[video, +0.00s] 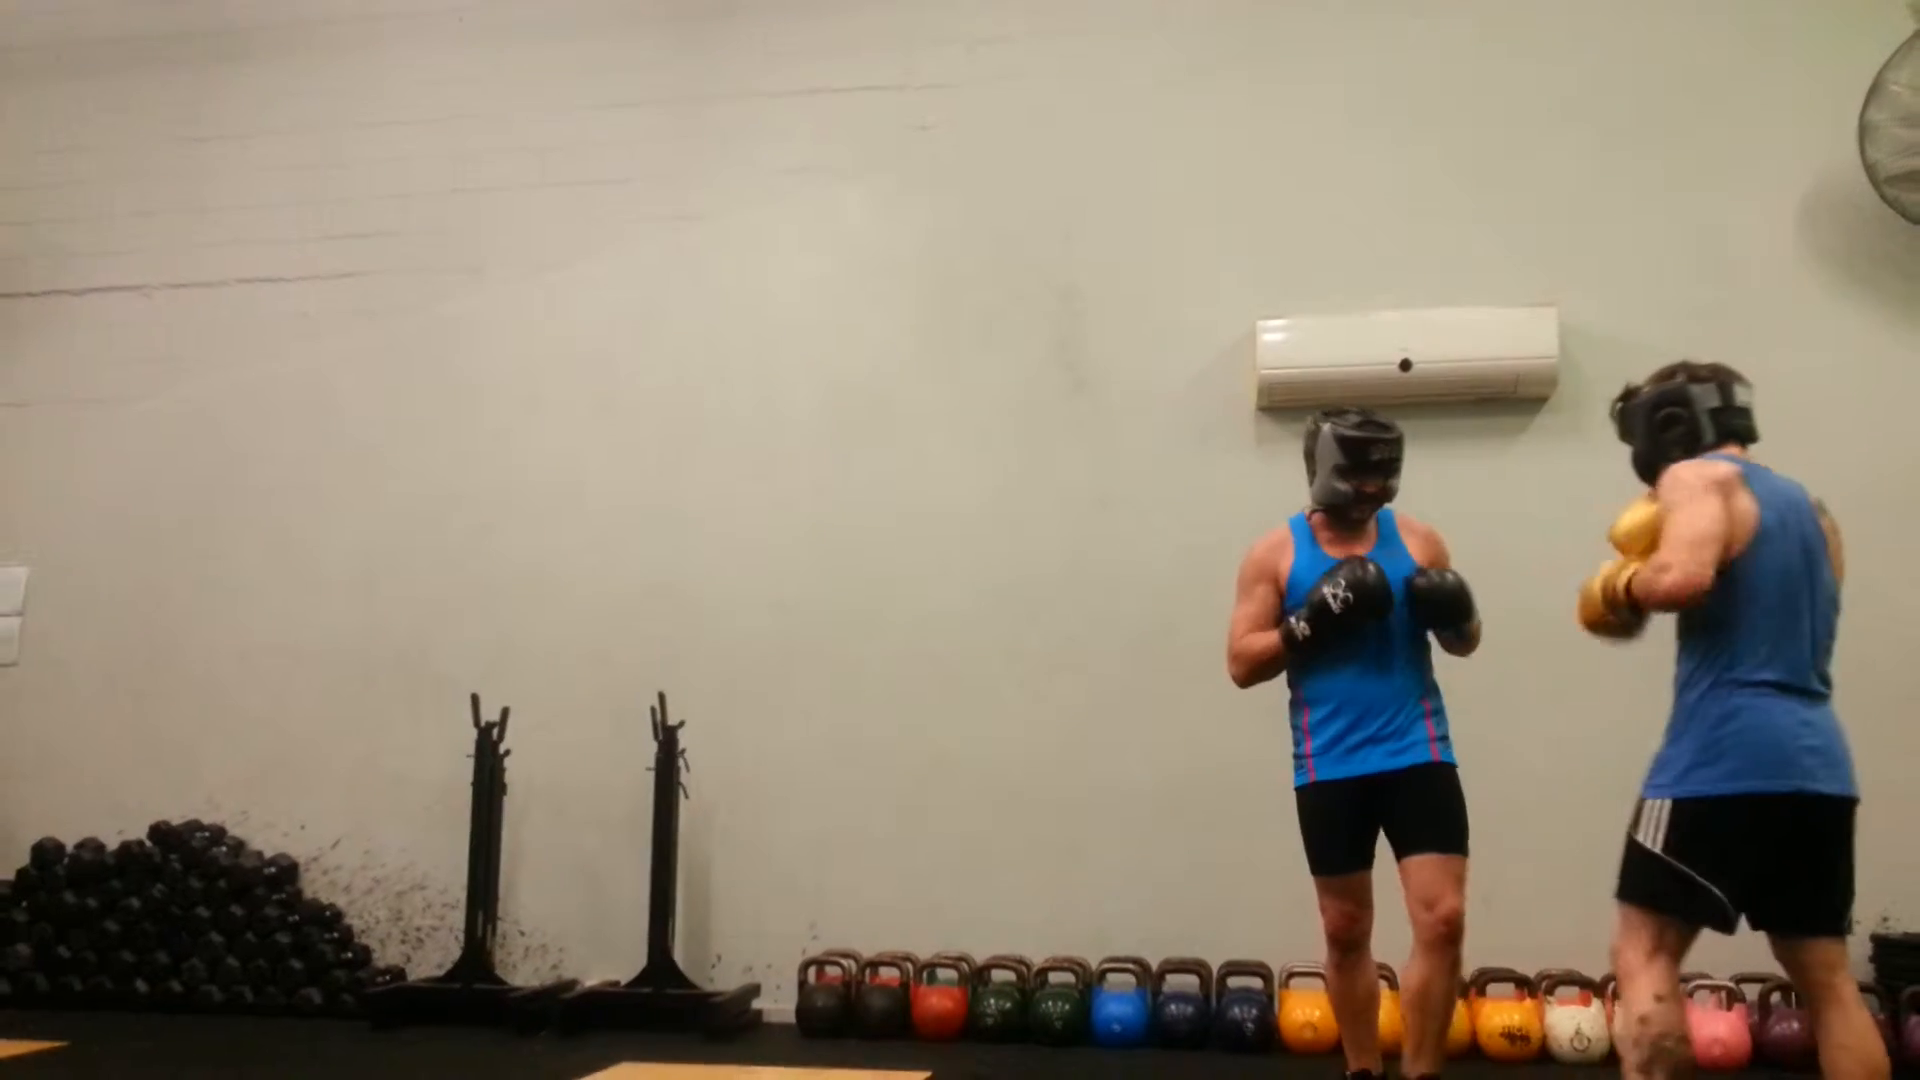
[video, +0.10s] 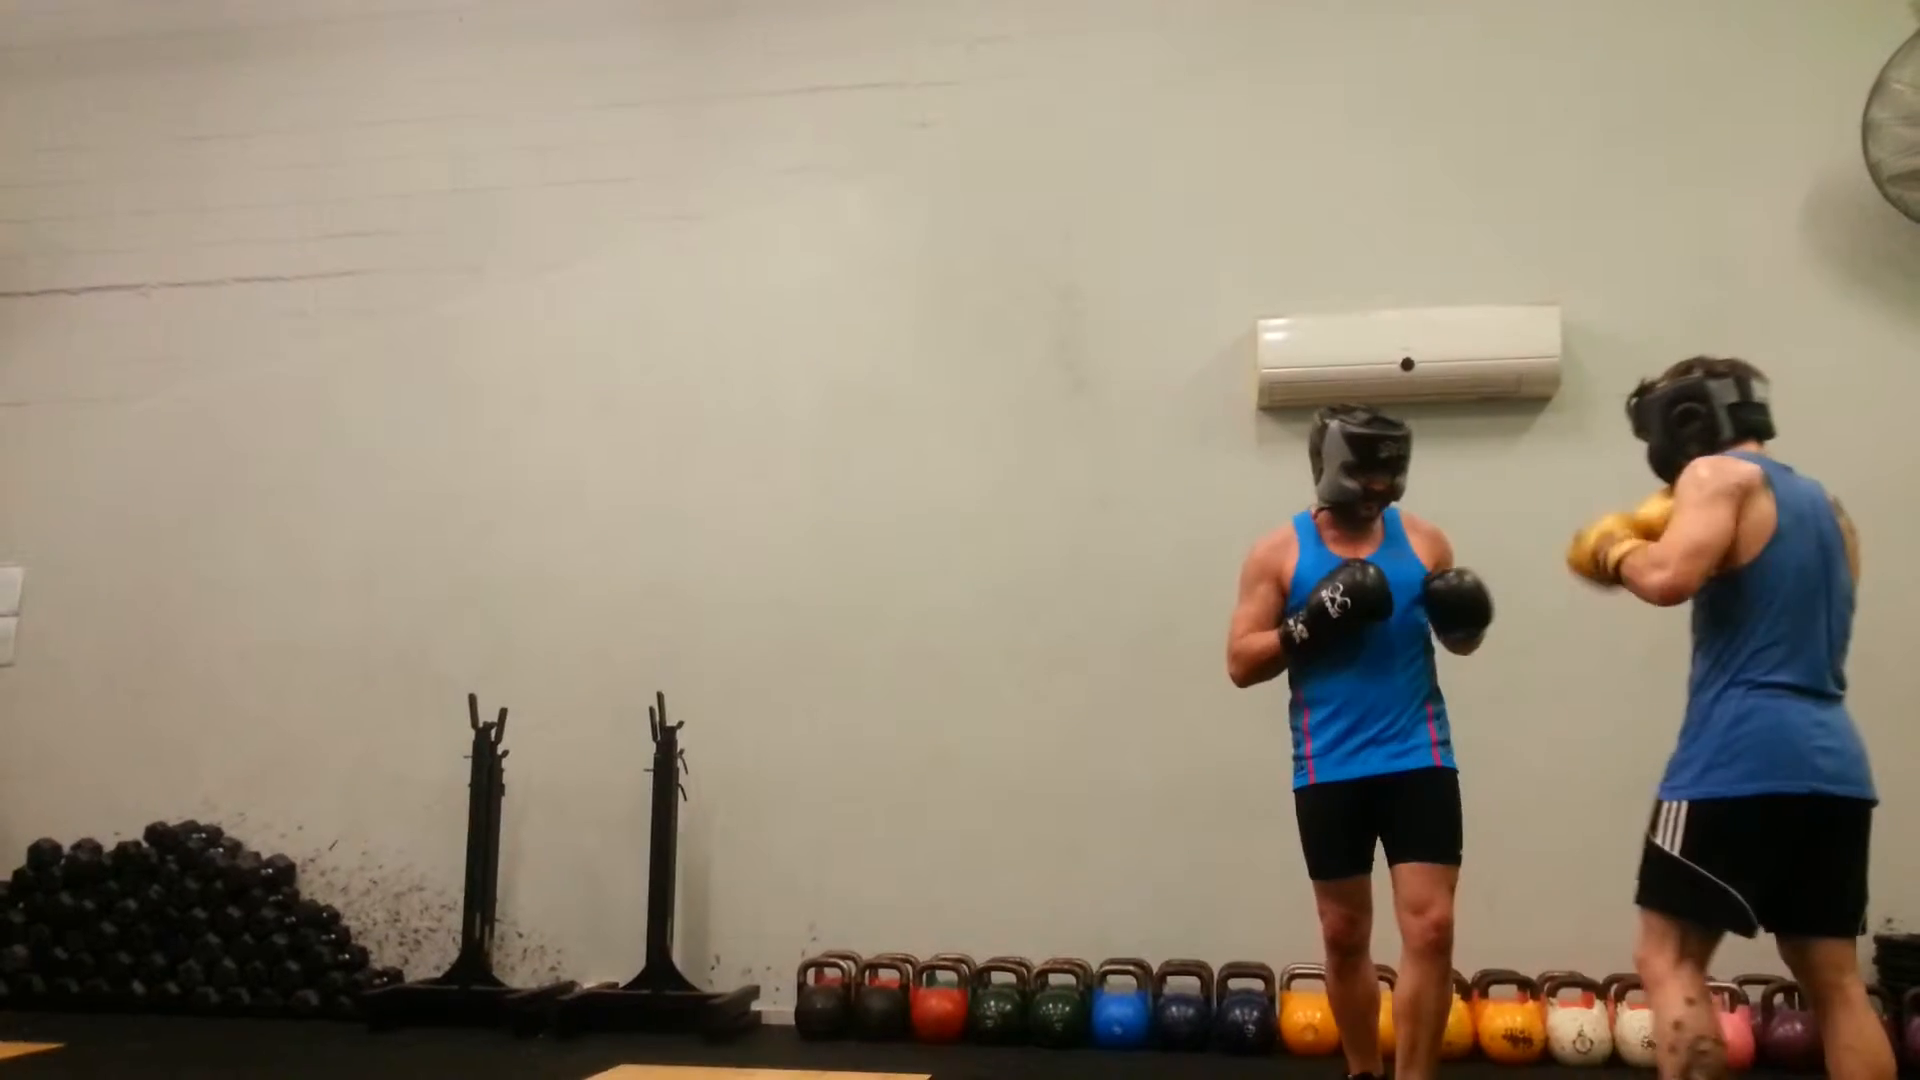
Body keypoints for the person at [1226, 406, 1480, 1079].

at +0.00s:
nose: (1366, 490)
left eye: (1379, 477)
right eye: (1353, 477)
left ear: (1392, 477)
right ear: (1321, 472)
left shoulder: (1418, 542)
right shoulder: (1274, 553)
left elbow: (1464, 646)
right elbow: (1242, 663)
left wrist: (1452, 610)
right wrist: (1313, 618)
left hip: (1419, 757)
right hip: (1330, 768)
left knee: (1443, 919)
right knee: (1344, 929)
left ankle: (1421, 1071)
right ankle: (1362, 1069)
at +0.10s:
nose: (1376, 486)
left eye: (1388, 472)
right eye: (1361, 471)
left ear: (1400, 473)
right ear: (1327, 468)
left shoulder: (1424, 542)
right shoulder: (1278, 552)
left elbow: (1460, 644)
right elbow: (1241, 663)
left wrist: (1462, 614)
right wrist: (1311, 623)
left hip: (1419, 762)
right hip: (1329, 772)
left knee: (1432, 926)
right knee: (1343, 936)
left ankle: (1414, 1074)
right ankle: (1363, 1070)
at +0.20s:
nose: (1390, 479)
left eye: (1401, 465)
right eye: (1375, 464)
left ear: (1411, 468)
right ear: (1338, 461)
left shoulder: (1428, 539)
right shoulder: (1283, 543)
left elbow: (1473, 645)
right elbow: (1241, 654)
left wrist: (1484, 602)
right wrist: (1312, 616)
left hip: (1421, 761)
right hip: (1329, 768)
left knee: (1431, 930)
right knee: (1337, 935)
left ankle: (1416, 1075)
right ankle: (1363, 1070)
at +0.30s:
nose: (1398, 474)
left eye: (1406, 461)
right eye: (1384, 460)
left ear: (1414, 468)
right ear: (1349, 458)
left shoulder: (1432, 535)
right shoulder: (1290, 535)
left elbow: (1486, 645)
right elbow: (1239, 645)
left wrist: (1498, 573)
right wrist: (1311, 605)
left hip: (1419, 760)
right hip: (1325, 764)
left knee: (1424, 930)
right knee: (1321, 938)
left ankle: (1417, 1075)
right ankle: (1347, 1066)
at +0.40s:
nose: (1400, 469)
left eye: (1411, 457)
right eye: (1387, 454)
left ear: (1420, 467)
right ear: (1351, 452)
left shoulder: (1431, 536)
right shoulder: (1291, 532)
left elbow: (1502, 619)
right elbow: (1238, 639)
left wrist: (1513, 535)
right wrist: (1311, 592)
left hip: (1413, 764)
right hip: (1320, 765)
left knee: (1418, 929)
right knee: (1308, 933)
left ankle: (1414, 1076)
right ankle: (1312, 1067)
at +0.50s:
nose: (1412, 470)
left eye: (1416, 457)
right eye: (1401, 455)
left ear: (1413, 465)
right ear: (1358, 452)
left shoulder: (1420, 531)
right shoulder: (1283, 528)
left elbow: (1501, 604)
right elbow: (1231, 635)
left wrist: (1515, 522)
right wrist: (1310, 587)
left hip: (1402, 760)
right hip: (1312, 760)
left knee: (1408, 931)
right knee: (1303, 928)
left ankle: (1410, 1077)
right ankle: (1263, 1067)